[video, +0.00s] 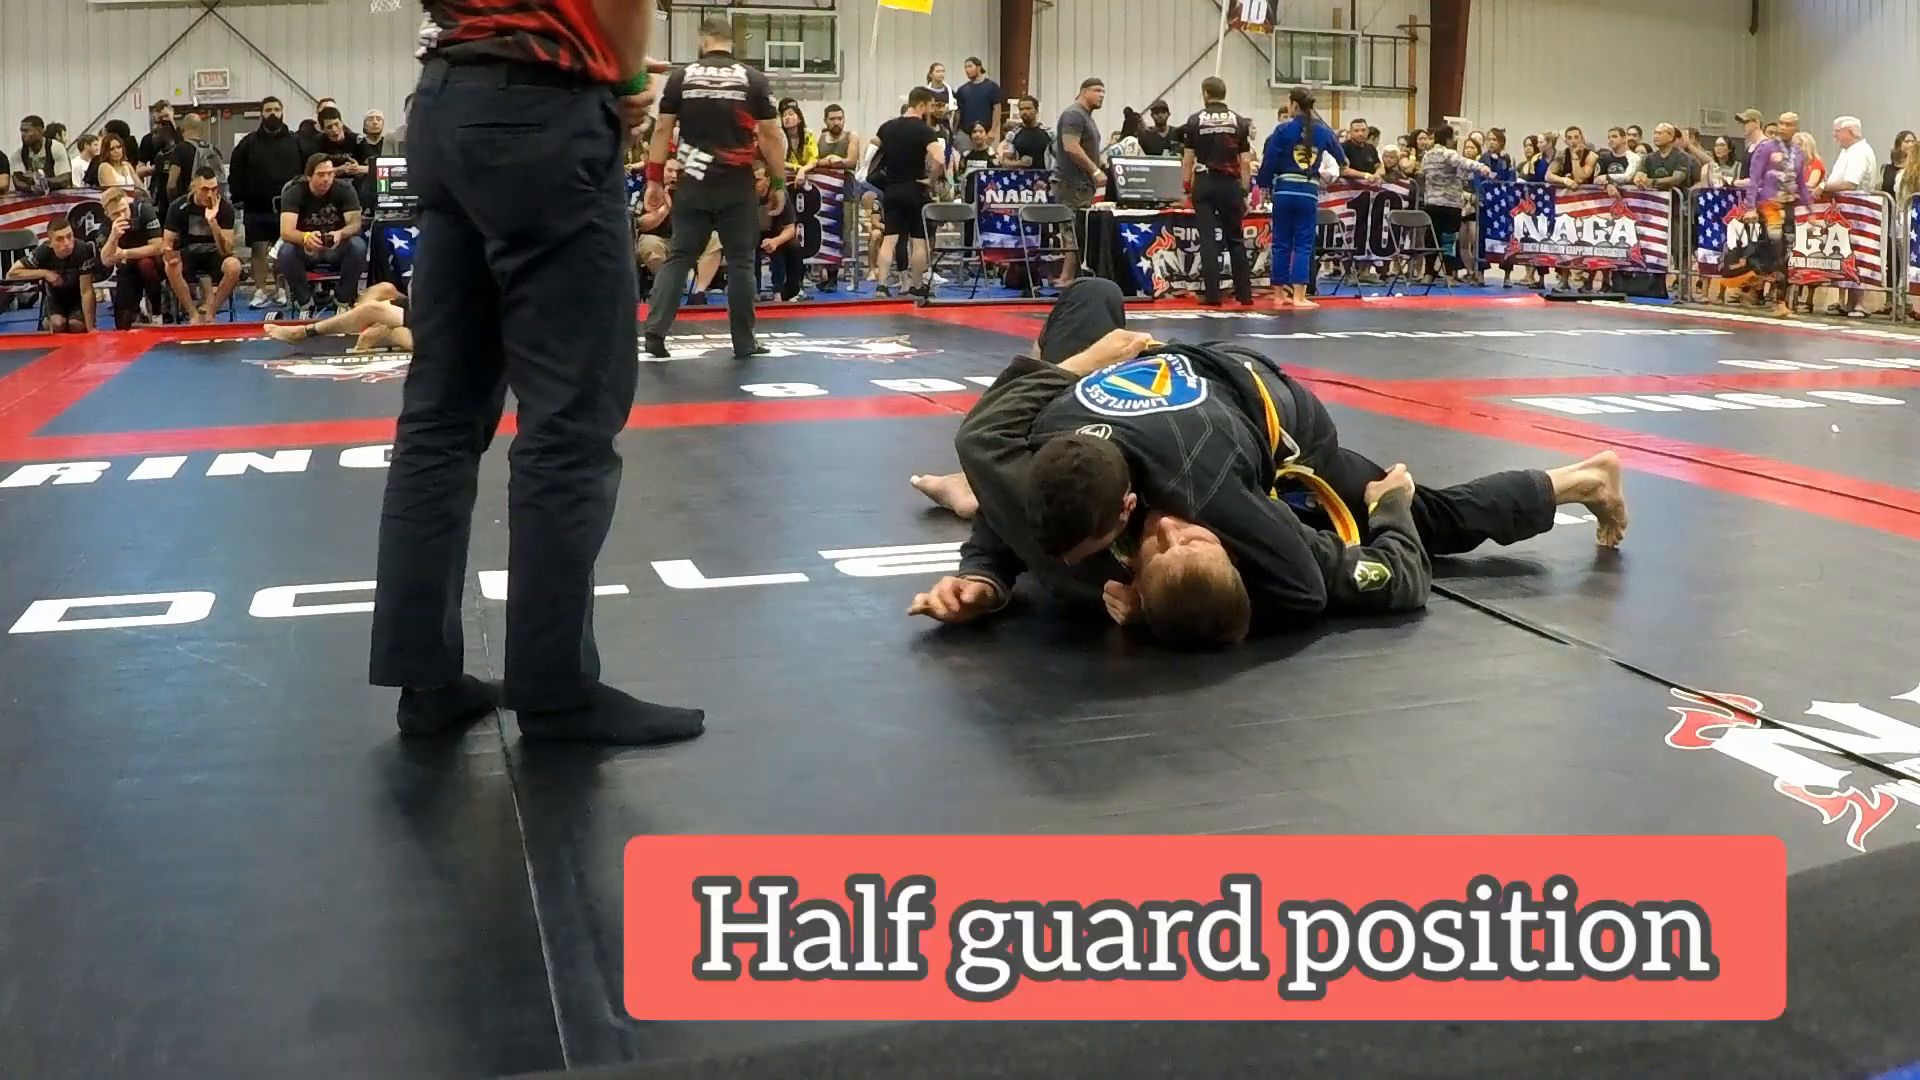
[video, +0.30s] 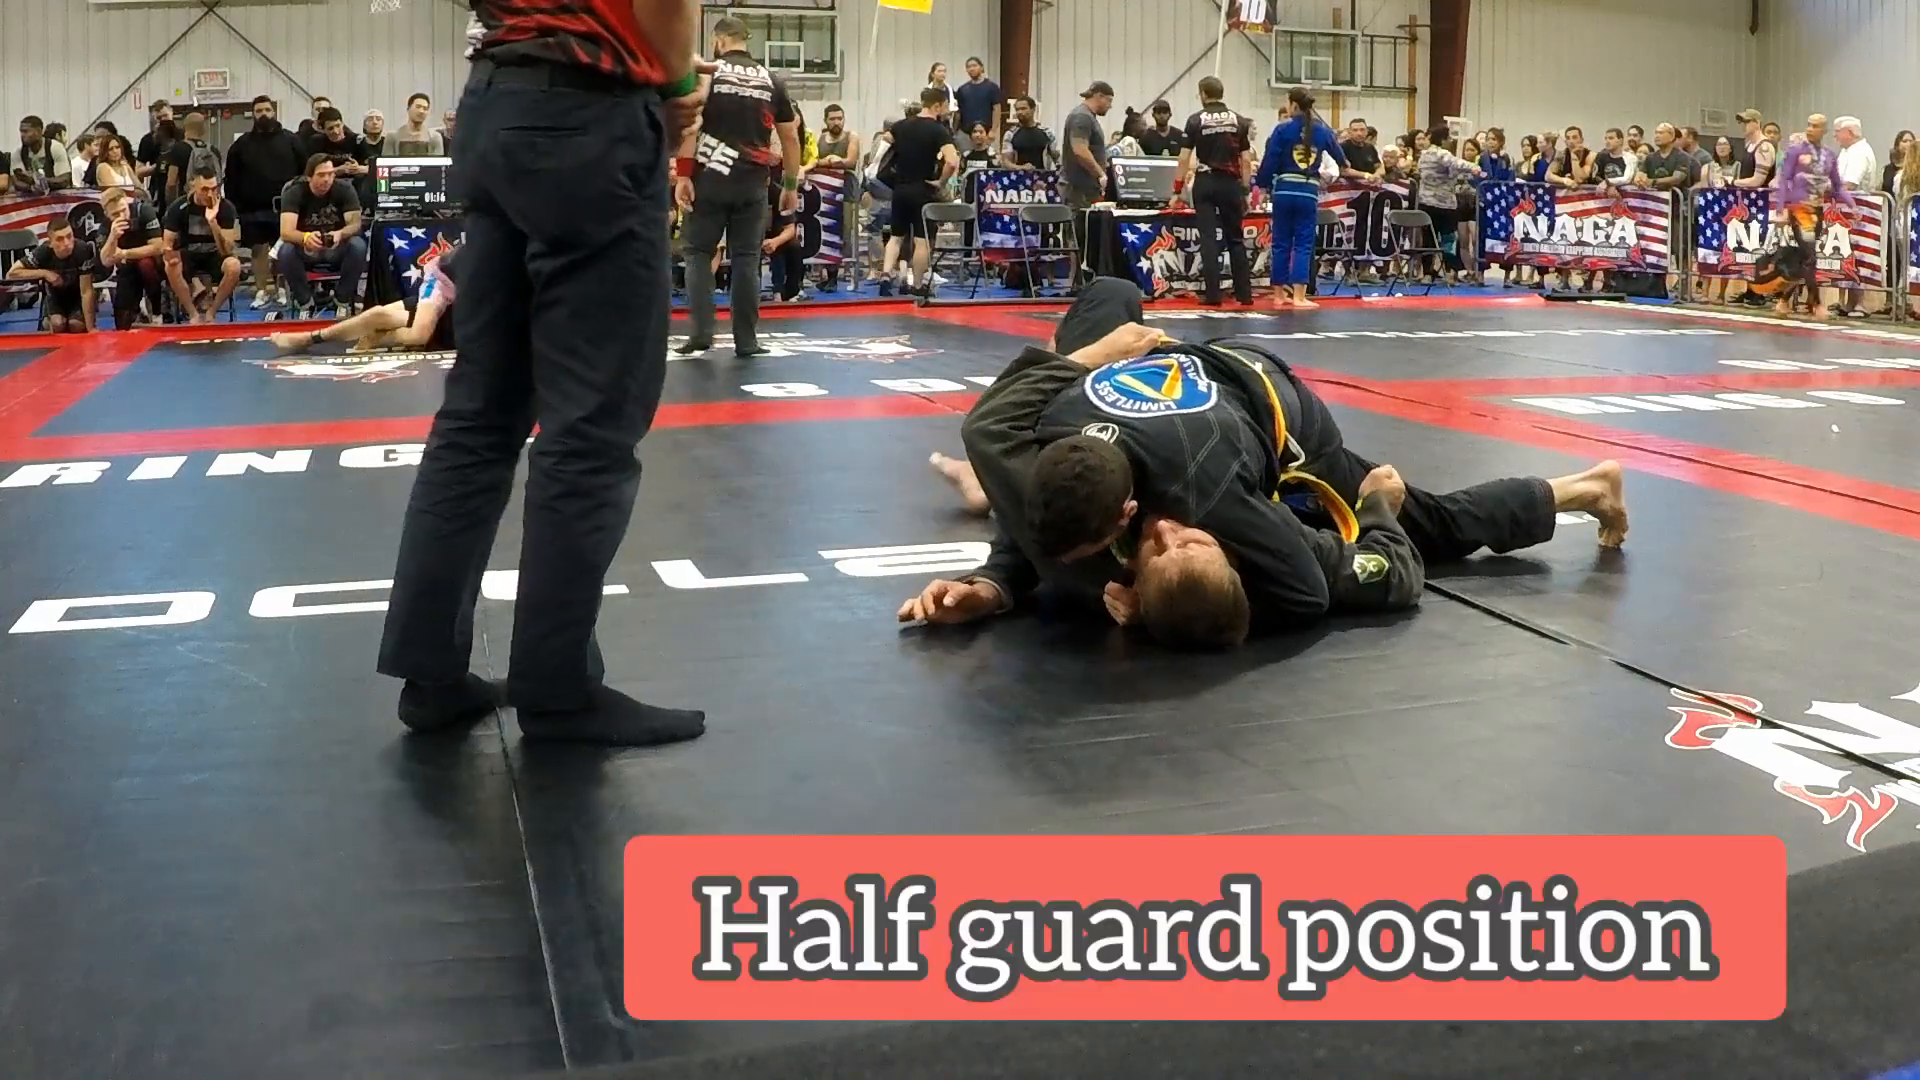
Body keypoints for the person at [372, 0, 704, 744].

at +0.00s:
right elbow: (622, 6)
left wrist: (607, 78)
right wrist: (629, 77)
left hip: (448, 96)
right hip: (548, 108)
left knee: (442, 418)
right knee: (571, 423)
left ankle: (428, 683)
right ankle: (556, 690)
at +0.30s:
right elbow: (660, 6)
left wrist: (665, 85)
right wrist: (681, 78)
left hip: (498, 95)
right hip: (595, 110)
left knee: (480, 414)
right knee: (592, 428)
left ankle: (431, 677)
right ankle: (559, 692)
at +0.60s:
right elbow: (681, 8)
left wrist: (699, 79)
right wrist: (715, 79)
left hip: (534, 98)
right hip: (620, 115)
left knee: (528, 401)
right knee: (611, 422)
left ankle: (440, 657)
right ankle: (559, 689)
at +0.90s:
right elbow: (673, 7)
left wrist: (713, 74)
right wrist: (727, 77)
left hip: (570, 105)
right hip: (619, 118)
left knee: (573, 409)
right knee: (601, 423)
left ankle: (473, 646)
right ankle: (550, 688)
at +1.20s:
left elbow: (704, 13)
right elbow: (662, 9)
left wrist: (761, 70)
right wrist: (736, 88)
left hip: (659, 115)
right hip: (619, 117)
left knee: (693, 386)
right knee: (605, 424)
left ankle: (520, 599)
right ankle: (549, 688)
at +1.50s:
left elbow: (755, 9)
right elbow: (672, 5)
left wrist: (798, 58)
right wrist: (768, 94)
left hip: (730, 123)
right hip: (644, 119)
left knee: (802, 392)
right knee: (621, 426)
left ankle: (761, 677)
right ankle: (556, 684)